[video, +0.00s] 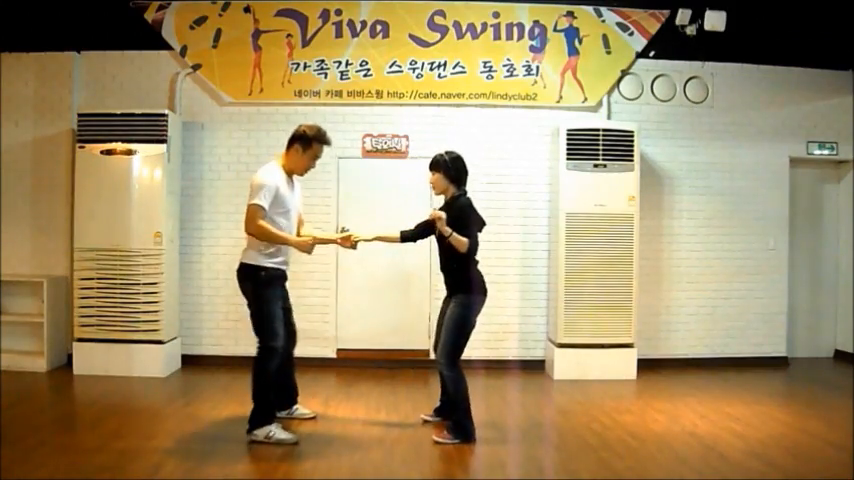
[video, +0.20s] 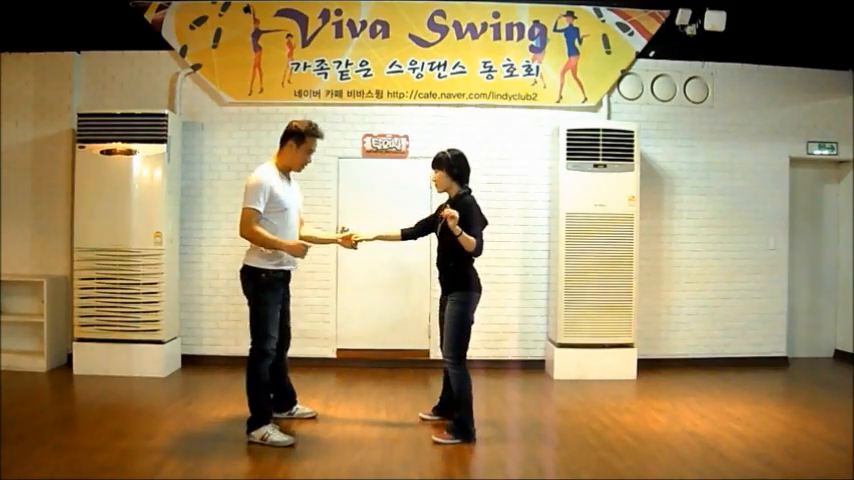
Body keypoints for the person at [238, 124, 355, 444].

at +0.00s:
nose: (313, 165)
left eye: (316, 159)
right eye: (313, 158)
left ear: (302, 152)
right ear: (295, 149)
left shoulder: (292, 182)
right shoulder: (268, 178)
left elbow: (298, 230)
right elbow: (252, 225)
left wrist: (336, 239)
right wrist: (293, 242)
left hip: (275, 271)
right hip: (258, 271)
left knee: (286, 339)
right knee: (272, 343)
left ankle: (284, 405)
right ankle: (260, 424)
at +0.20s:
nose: (310, 160)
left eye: (312, 154)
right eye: (308, 152)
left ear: (295, 148)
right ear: (290, 145)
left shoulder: (290, 183)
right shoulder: (261, 179)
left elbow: (297, 233)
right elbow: (246, 228)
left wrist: (336, 238)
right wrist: (286, 246)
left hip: (280, 274)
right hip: (261, 274)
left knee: (280, 343)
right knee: (264, 347)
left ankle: (283, 405)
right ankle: (258, 426)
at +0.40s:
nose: (308, 152)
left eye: (309, 145)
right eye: (305, 144)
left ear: (291, 145)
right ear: (285, 143)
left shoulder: (292, 184)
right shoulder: (259, 179)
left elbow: (299, 231)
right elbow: (243, 227)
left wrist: (339, 239)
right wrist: (284, 235)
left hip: (282, 273)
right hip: (262, 274)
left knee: (281, 343)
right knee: (264, 346)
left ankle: (283, 405)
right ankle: (258, 425)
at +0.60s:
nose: (305, 143)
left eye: (304, 136)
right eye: (299, 137)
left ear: (288, 142)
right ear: (280, 141)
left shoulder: (293, 184)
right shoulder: (259, 179)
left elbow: (305, 230)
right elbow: (238, 225)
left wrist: (344, 235)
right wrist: (277, 238)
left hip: (283, 274)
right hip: (262, 274)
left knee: (284, 342)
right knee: (267, 346)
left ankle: (284, 405)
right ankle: (259, 425)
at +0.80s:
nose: (299, 144)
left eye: (297, 139)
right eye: (292, 140)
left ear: (285, 147)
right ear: (273, 147)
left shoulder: (293, 184)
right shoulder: (254, 183)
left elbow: (311, 228)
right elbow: (225, 224)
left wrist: (343, 219)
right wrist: (262, 241)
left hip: (281, 275)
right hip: (254, 277)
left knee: (299, 336)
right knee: (272, 342)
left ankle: (287, 402)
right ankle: (260, 425)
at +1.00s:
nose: (285, 163)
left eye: (285, 157)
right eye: (280, 156)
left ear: (269, 161)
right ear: (260, 159)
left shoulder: (281, 202)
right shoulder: (235, 194)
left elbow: (305, 243)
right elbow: (217, 237)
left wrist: (343, 248)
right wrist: (258, 246)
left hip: (270, 286)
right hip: (240, 287)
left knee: (296, 346)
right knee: (271, 347)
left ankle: (291, 403)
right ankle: (247, 424)